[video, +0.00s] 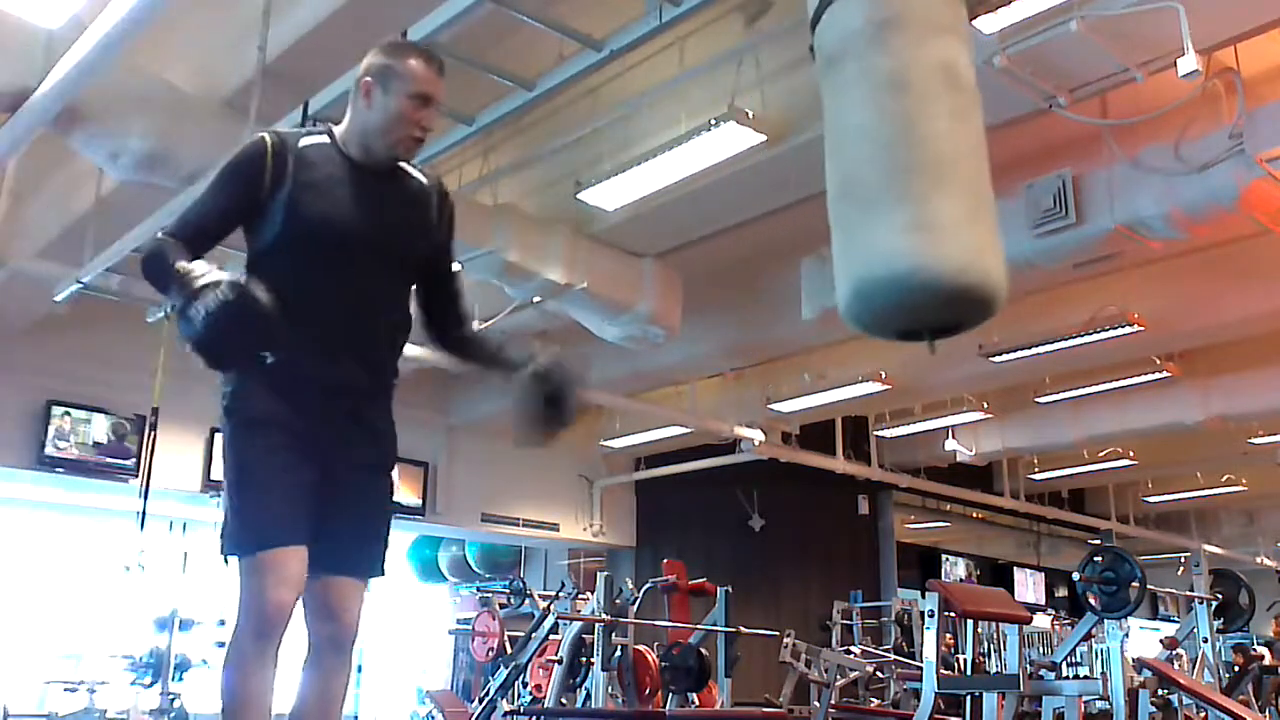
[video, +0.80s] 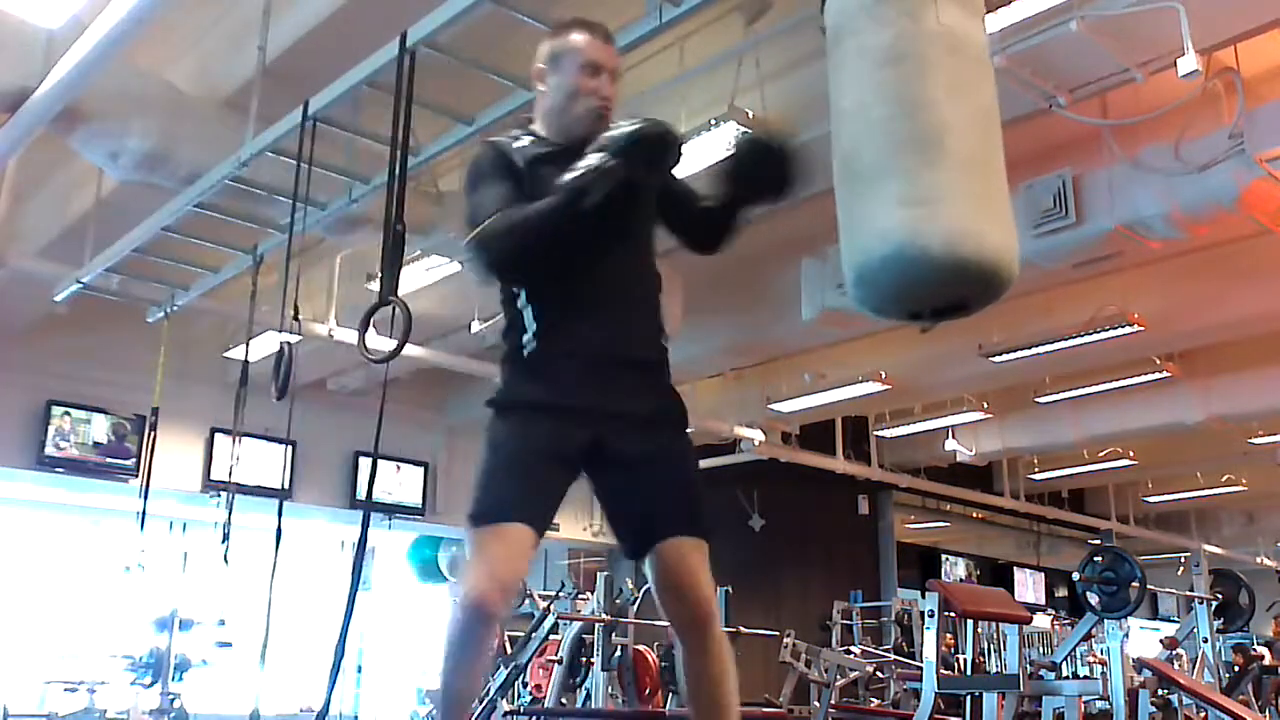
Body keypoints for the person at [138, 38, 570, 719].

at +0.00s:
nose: (428, 121)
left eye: (436, 109)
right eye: (417, 103)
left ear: (438, 116)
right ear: (367, 89)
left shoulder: (427, 201)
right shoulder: (277, 157)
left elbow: (449, 327)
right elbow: (160, 248)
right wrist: (199, 288)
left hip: (363, 418)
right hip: (272, 402)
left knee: (337, 623)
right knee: (272, 598)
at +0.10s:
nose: (436, 120)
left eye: (445, 109)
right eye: (425, 100)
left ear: (446, 118)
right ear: (376, 89)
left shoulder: (440, 196)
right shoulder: (291, 156)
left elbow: (491, 312)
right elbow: (173, 251)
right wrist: (254, 252)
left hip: (372, 425)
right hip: (280, 410)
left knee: (366, 624)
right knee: (269, 604)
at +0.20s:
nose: (444, 119)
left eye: (453, 108)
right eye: (433, 100)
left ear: (453, 115)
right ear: (384, 89)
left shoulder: (447, 192)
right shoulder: (308, 151)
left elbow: (521, 294)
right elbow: (219, 242)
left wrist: (578, 236)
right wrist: (347, 211)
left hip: (392, 416)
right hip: (299, 407)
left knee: (426, 604)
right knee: (278, 602)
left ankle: (371, 718)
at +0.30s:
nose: (461, 115)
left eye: (470, 106)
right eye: (450, 95)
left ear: (472, 118)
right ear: (401, 85)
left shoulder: (465, 187)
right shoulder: (331, 142)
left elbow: (549, 284)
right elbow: (282, 204)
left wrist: (589, 204)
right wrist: (426, 170)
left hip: (417, 417)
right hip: (321, 410)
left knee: (487, 597)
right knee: (285, 611)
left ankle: (450, 716)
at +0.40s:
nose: (492, 116)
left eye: (503, 108)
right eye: (481, 96)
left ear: (505, 118)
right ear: (431, 87)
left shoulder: (500, 179)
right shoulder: (366, 135)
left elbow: (586, 268)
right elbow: (364, 172)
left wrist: (603, 189)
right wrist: (525, 149)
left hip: (440, 422)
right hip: (343, 415)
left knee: (528, 599)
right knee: (318, 609)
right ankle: (264, 714)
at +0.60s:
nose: (551, 111)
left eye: (558, 99)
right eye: (537, 93)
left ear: (563, 113)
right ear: (487, 94)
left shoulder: (571, 186)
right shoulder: (436, 174)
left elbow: (619, 273)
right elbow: (422, 274)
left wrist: (623, 202)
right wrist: (533, 199)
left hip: (563, 426)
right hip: (463, 427)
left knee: (645, 613)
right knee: (383, 619)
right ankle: (327, 713)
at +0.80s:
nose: (604, 88)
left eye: (612, 78)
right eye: (589, 71)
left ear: (618, 91)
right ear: (542, 77)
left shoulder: (632, 160)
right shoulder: (500, 159)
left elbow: (702, 231)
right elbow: (494, 249)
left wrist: (736, 187)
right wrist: (600, 171)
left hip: (641, 402)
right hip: (540, 400)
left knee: (695, 601)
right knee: (484, 596)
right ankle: (450, 718)